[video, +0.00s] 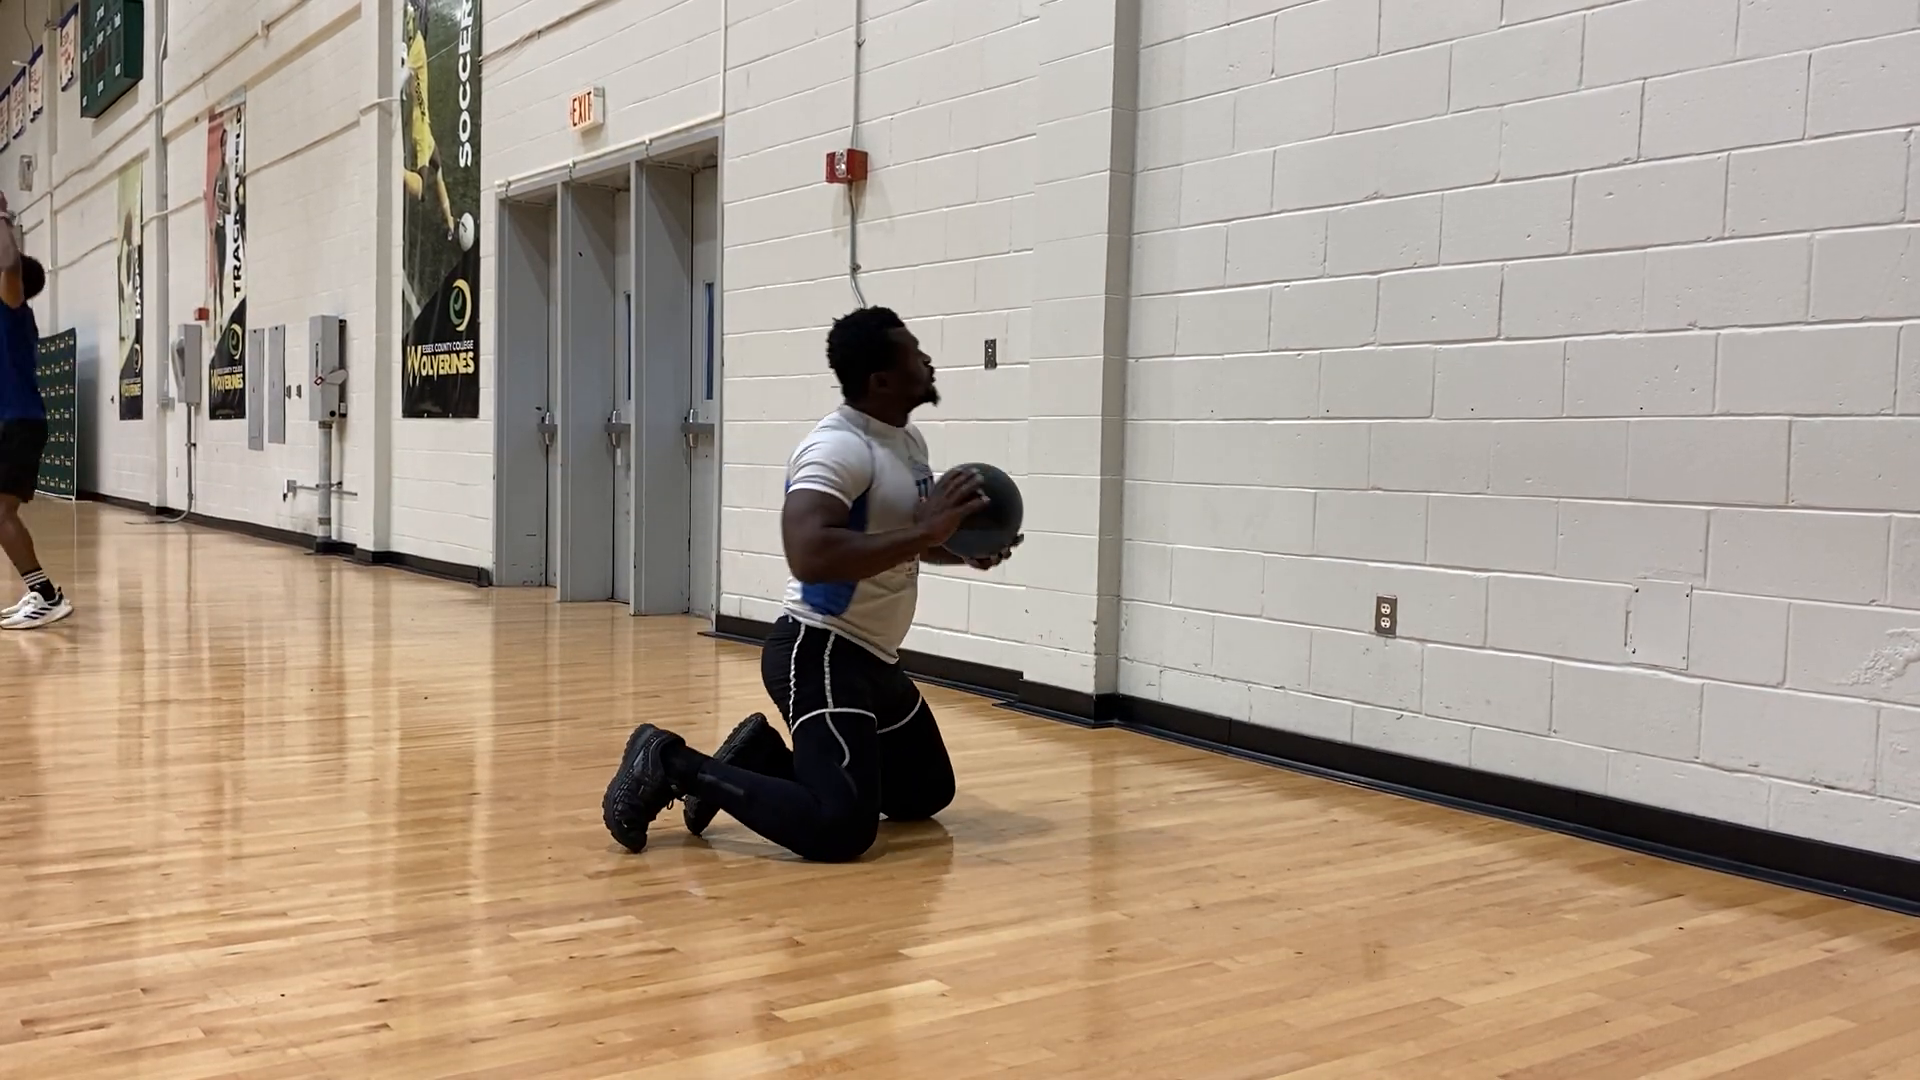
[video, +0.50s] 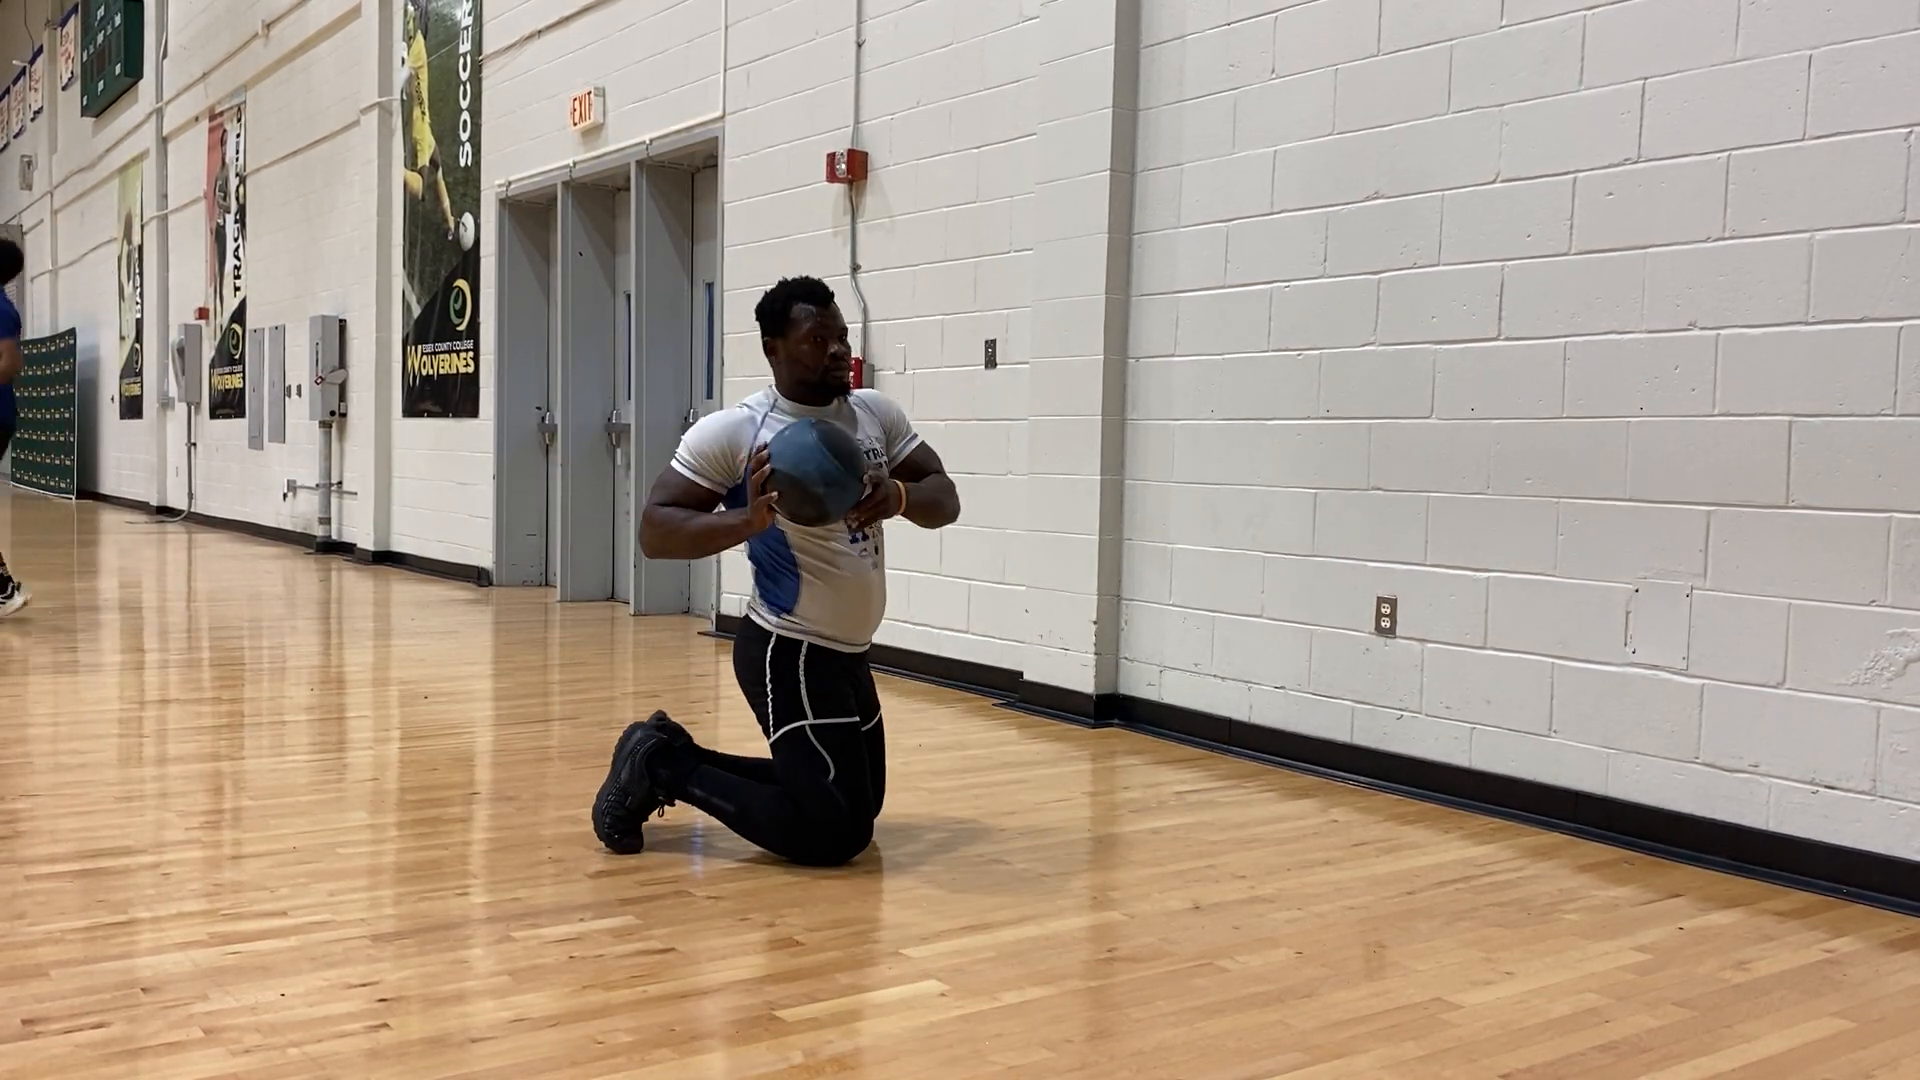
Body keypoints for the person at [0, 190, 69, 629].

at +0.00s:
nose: (9, 273)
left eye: (16, 269)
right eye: (14, 269)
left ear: (22, 280)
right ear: (23, 282)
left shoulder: (15, 308)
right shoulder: (15, 311)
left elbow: (11, 263)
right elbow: (13, 261)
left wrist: (4, 221)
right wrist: (7, 223)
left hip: (19, 420)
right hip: (17, 419)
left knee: (5, 510)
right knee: (5, 510)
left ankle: (43, 591)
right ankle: (40, 590)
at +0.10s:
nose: (3, 251)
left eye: (8, 246)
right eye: (6, 246)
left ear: (17, 260)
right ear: (21, 262)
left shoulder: (18, 295)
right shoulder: (14, 297)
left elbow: (8, 261)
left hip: (13, 399)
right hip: (11, 399)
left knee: (3, 491)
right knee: (3, 492)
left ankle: (30, 578)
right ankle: (28, 577)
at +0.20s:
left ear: (9, 251)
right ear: (15, 253)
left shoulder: (14, 281)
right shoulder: (12, 284)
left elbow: (14, 300)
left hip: (10, 391)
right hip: (9, 390)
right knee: (0, 481)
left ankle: (16, 570)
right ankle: (13, 568)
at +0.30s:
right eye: (1, 257)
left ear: (4, 266)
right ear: (10, 267)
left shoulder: (9, 299)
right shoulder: (8, 299)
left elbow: (12, 349)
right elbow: (13, 349)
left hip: (8, 407)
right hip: (8, 407)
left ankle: (5, 579)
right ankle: (4, 577)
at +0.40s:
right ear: (10, 290)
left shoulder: (5, 327)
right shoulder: (4, 326)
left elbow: (14, 383)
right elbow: (13, 382)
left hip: (7, 435)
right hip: (8, 435)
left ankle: (8, 593)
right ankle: (7, 592)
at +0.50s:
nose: (14, 279)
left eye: (11, 267)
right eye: (14, 270)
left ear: (2, 269)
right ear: (12, 271)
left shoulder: (6, 310)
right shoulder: (6, 310)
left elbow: (11, 363)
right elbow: (11, 363)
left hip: (2, 418)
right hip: (3, 417)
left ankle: (3, 582)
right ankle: (2, 581)